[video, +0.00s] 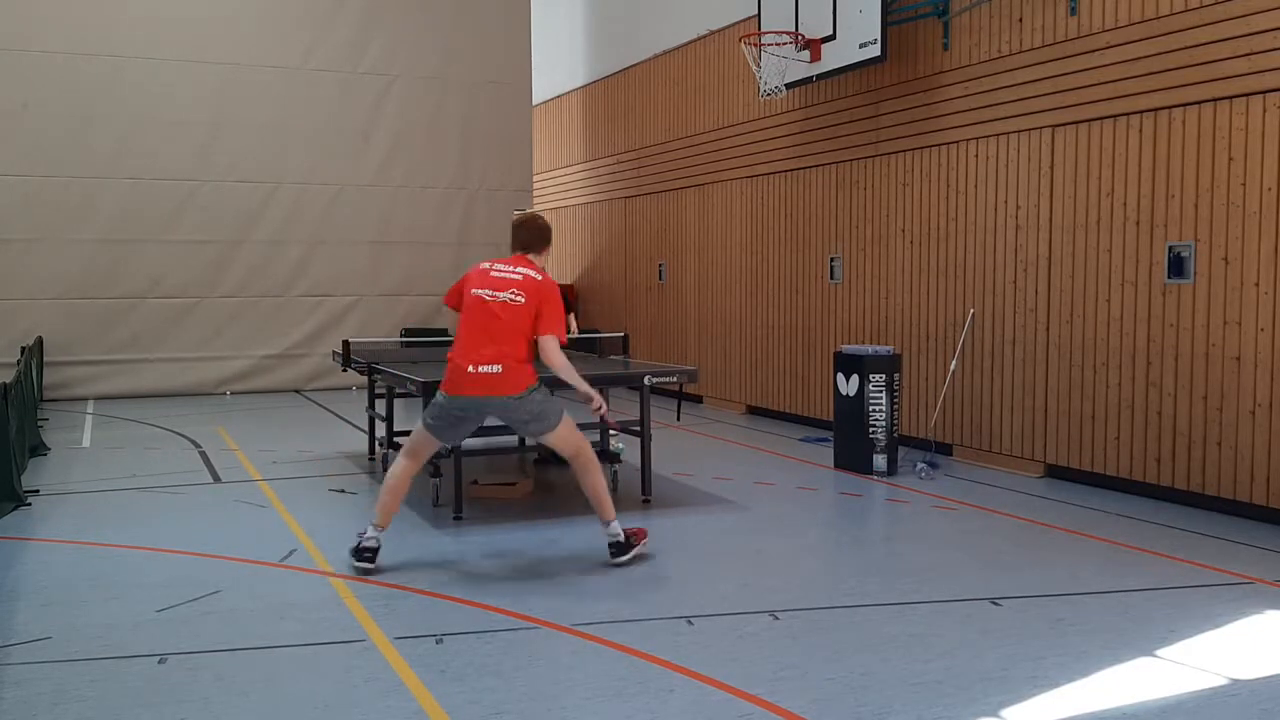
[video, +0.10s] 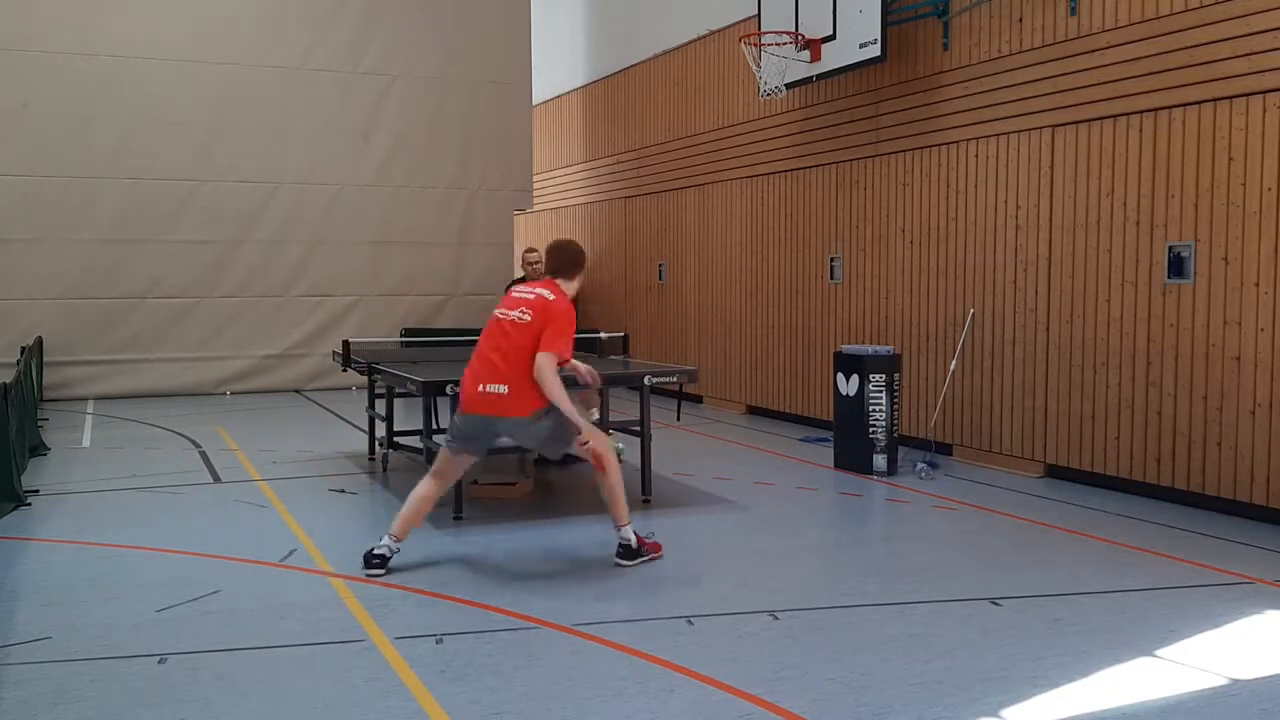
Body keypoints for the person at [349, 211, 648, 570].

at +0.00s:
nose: (549, 255)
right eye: (549, 250)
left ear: (513, 245)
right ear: (545, 250)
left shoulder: (478, 272)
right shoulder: (544, 285)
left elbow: (451, 305)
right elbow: (549, 350)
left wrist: (491, 320)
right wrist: (585, 389)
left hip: (459, 387)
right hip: (515, 388)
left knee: (411, 457)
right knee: (579, 452)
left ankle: (370, 539)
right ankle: (616, 536)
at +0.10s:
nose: (582, 282)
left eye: (580, 276)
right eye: (583, 276)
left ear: (546, 268)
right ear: (578, 276)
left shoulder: (516, 292)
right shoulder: (560, 307)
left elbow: (523, 344)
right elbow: (544, 367)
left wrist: (571, 363)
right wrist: (580, 424)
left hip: (474, 409)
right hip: (525, 413)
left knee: (437, 478)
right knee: (603, 450)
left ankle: (385, 548)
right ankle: (629, 541)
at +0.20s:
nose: (615, 307)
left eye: (616, 300)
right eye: (616, 299)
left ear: (580, 288)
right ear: (608, 296)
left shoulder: (549, 312)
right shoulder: (580, 322)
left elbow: (556, 368)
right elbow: (554, 382)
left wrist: (610, 381)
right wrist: (589, 436)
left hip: (498, 425)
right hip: (541, 427)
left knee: (458, 495)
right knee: (634, 447)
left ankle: (388, 550)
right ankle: (633, 542)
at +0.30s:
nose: (651, 296)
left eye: (652, 289)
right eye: (652, 289)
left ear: (618, 279)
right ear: (643, 286)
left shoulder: (584, 303)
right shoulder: (614, 316)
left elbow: (567, 351)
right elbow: (599, 379)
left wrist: (611, 361)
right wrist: (642, 417)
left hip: (527, 412)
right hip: (573, 418)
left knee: (469, 487)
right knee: (659, 448)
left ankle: (392, 546)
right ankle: (635, 542)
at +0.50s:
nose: (686, 258)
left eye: (685, 253)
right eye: (686, 253)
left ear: (650, 246)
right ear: (680, 253)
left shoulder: (614, 265)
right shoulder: (679, 286)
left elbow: (569, 287)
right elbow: (727, 316)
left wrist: (600, 282)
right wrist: (717, 281)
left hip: (576, 374)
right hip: (626, 385)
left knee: (551, 438)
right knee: (675, 446)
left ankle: (521, 517)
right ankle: (640, 534)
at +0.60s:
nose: (691, 253)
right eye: (691, 249)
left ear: (653, 245)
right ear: (688, 250)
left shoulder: (622, 268)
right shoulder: (692, 281)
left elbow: (566, 297)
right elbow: (725, 315)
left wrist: (598, 307)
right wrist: (705, 279)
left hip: (607, 379)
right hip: (660, 383)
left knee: (589, 435)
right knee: (710, 443)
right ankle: (688, 523)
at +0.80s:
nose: (666, 263)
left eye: (668, 258)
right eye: (669, 258)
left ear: (673, 262)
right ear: (707, 263)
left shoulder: (657, 289)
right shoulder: (724, 298)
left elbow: (618, 333)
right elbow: (747, 356)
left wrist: (607, 349)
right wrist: (724, 344)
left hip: (665, 404)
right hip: (719, 405)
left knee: (622, 449)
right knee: (766, 463)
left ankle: (595, 529)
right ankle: (800, 542)